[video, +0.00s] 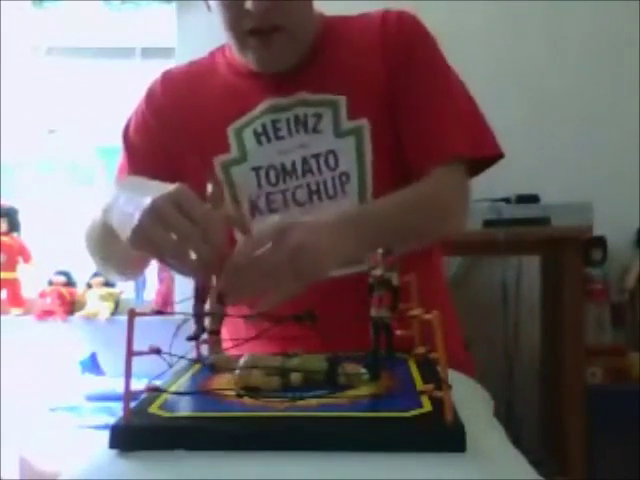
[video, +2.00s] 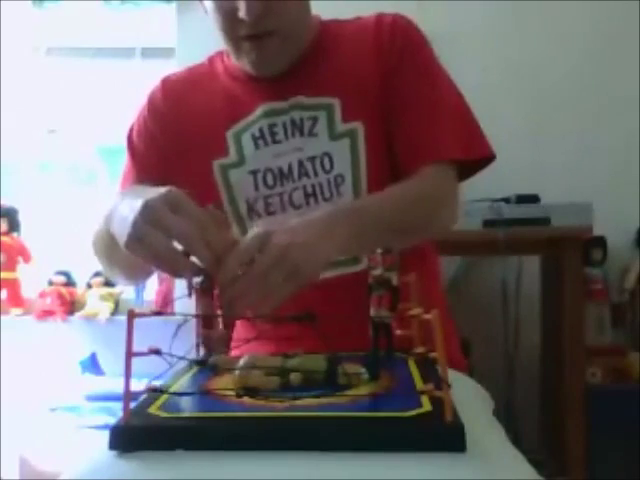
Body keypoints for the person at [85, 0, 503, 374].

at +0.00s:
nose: (255, 7)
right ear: (212, 4)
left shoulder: (391, 42)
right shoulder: (174, 98)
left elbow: (447, 202)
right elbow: (115, 260)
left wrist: (327, 242)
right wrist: (124, 208)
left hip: (409, 371)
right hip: (253, 382)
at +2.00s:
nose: (245, 12)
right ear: (205, 4)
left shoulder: (386, 46)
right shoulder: (173, 104)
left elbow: (439, 202)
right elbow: (123, 266)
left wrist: (320, 236)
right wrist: (124, 214)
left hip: (403, 367)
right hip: (256, 377)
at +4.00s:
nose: (239, 15)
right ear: (202, 7)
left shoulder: (383, 43)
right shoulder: (177, 106)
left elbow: (395, 181)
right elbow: (131, 268)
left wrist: (284, 267)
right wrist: (126, 215)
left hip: (399, 382)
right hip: (246, 398)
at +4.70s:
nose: (237, 17)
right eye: (217, 1)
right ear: (200, 7)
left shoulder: (382, 45)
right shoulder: (176, 106)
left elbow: (411, 193)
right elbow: (134, 261)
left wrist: (303, 206)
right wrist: (122, 217)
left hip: (403, 366)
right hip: (257, 377)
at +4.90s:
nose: (234, 16)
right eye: (213, 2)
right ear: (197, 8)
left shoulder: (381, 47)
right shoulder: (172, 109)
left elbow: (460, 201)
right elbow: (128, 268)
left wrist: (370, 152)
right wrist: (125, 225)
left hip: (403, 365)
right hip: (255, 378)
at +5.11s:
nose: (237, 14)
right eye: (214, 1)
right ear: (190, 9)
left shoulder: (383, 49)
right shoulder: (169, 110)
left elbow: (497, 184)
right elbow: (136, 282)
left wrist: (443, 145)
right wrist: (108, 243)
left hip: (410, 368)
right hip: (256, 384)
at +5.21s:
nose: (240, 14)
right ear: (192, 7)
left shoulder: (386, 49)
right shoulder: (170, 113)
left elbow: (491, 153)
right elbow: (144, 289)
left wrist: (462, 182)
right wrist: (103, 251)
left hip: (411, 367)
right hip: (254, 384)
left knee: (503, 473)